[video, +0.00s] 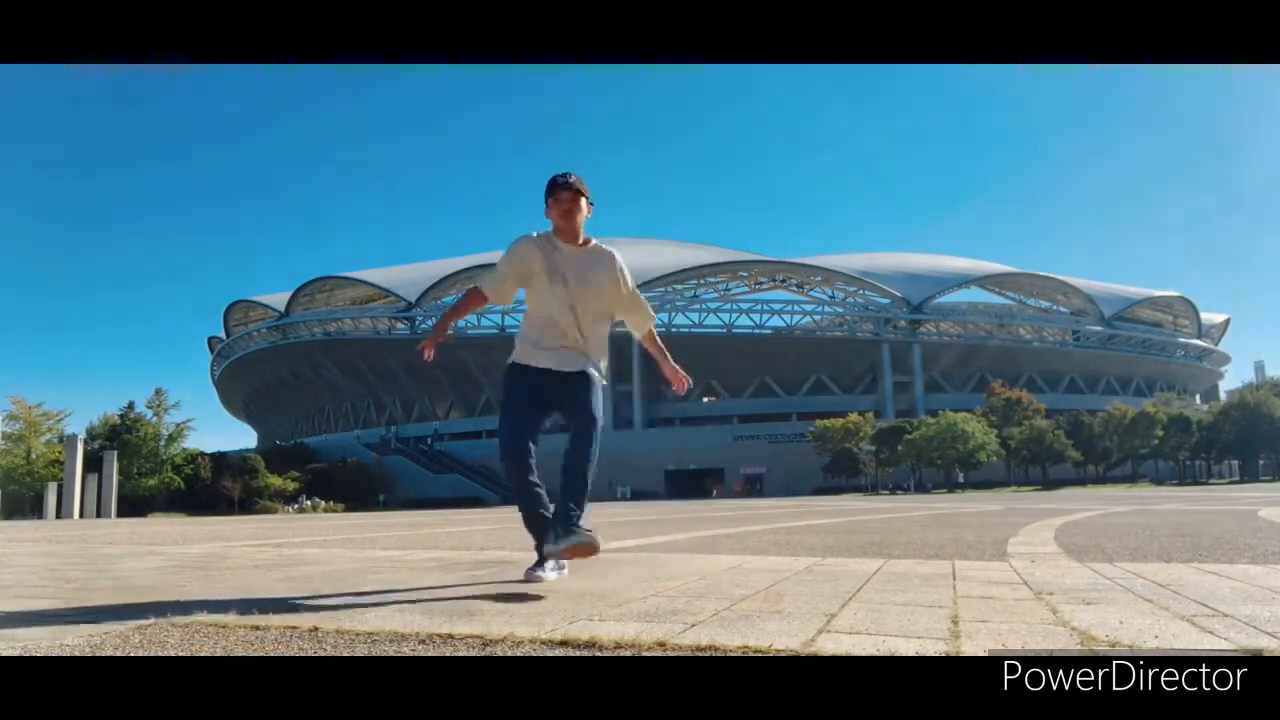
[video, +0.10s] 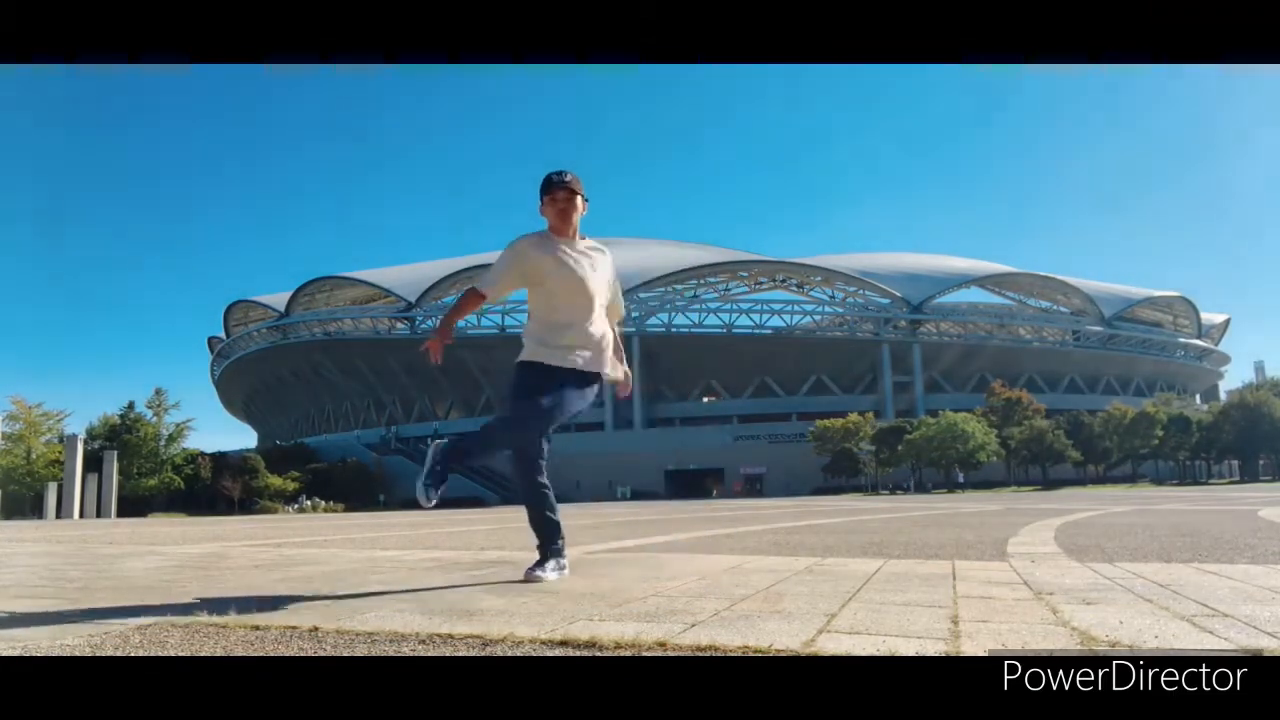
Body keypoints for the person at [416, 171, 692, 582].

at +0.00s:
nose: (567, 205)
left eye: (574, 199)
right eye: (559, 200)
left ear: (588, 207)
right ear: (548, 209)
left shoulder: (608, 262)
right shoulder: (528, 250)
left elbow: (638, 320)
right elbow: (487, 291)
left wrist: (666, 363)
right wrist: (443, 323)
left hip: (582, 366)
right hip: (530, 362)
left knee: (589, 426)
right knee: (515, 449)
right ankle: (549, 548)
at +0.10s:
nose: (562, 203)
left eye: (570, 196)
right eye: (554, 197)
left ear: (583, 205)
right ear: (543, 206)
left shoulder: (601, 257)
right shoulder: (529, 249)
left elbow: (610, 321)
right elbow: (483, 291)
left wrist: (620, 363)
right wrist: (446, 324)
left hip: (587, 371)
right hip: (538, 365)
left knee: (541, 415)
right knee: (530, 457)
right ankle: (552, 554)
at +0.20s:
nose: (561, 200)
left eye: (568, 194)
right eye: (553, 194)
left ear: (582, 202)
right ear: (541, 204)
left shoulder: (600, 255)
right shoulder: (525, 250)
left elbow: (595, 315)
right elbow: (481, 293)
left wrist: (612, 356)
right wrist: (438, 325)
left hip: (580, 371)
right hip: (531, 367)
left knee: (530, 407)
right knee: (522, 461)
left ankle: (454, 406)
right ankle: (552, 555)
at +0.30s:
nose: (559, 205)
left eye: (566, 199)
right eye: (551, 199)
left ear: (580, 207)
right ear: (539, 209)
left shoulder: (600, 259)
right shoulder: (520, 250)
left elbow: (632, 312)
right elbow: (485, 293)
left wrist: (654, 352)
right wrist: (448, 318)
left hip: (581, 351)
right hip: (530, 355)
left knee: (556, 383)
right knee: (525, 462)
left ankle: (485, 452)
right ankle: (553, 555)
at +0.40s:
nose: (559, 213)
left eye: (566, 207)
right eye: (551, 207)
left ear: (579, 212)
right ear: (539, 213)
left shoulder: (600, 259)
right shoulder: (519, 255)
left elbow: (653, 296)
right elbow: (479, 293)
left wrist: (698, 329)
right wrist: (438, 327)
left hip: (584, 345)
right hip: (533, 356)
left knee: (571, 365)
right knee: (526, 462)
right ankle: (554, 556)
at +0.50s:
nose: (562, 209)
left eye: (569, 202)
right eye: (554, 202)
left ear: (583, 209)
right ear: (543, 210)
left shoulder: (607, 255)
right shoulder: (523, 252)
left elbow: (653, 284)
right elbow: (480, 287)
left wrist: (690, 280)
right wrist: (437, 309)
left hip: (582, 358)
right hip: (537, 364)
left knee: (592, 326)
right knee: (526, 460)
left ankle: (588, 388)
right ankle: (553, 555)